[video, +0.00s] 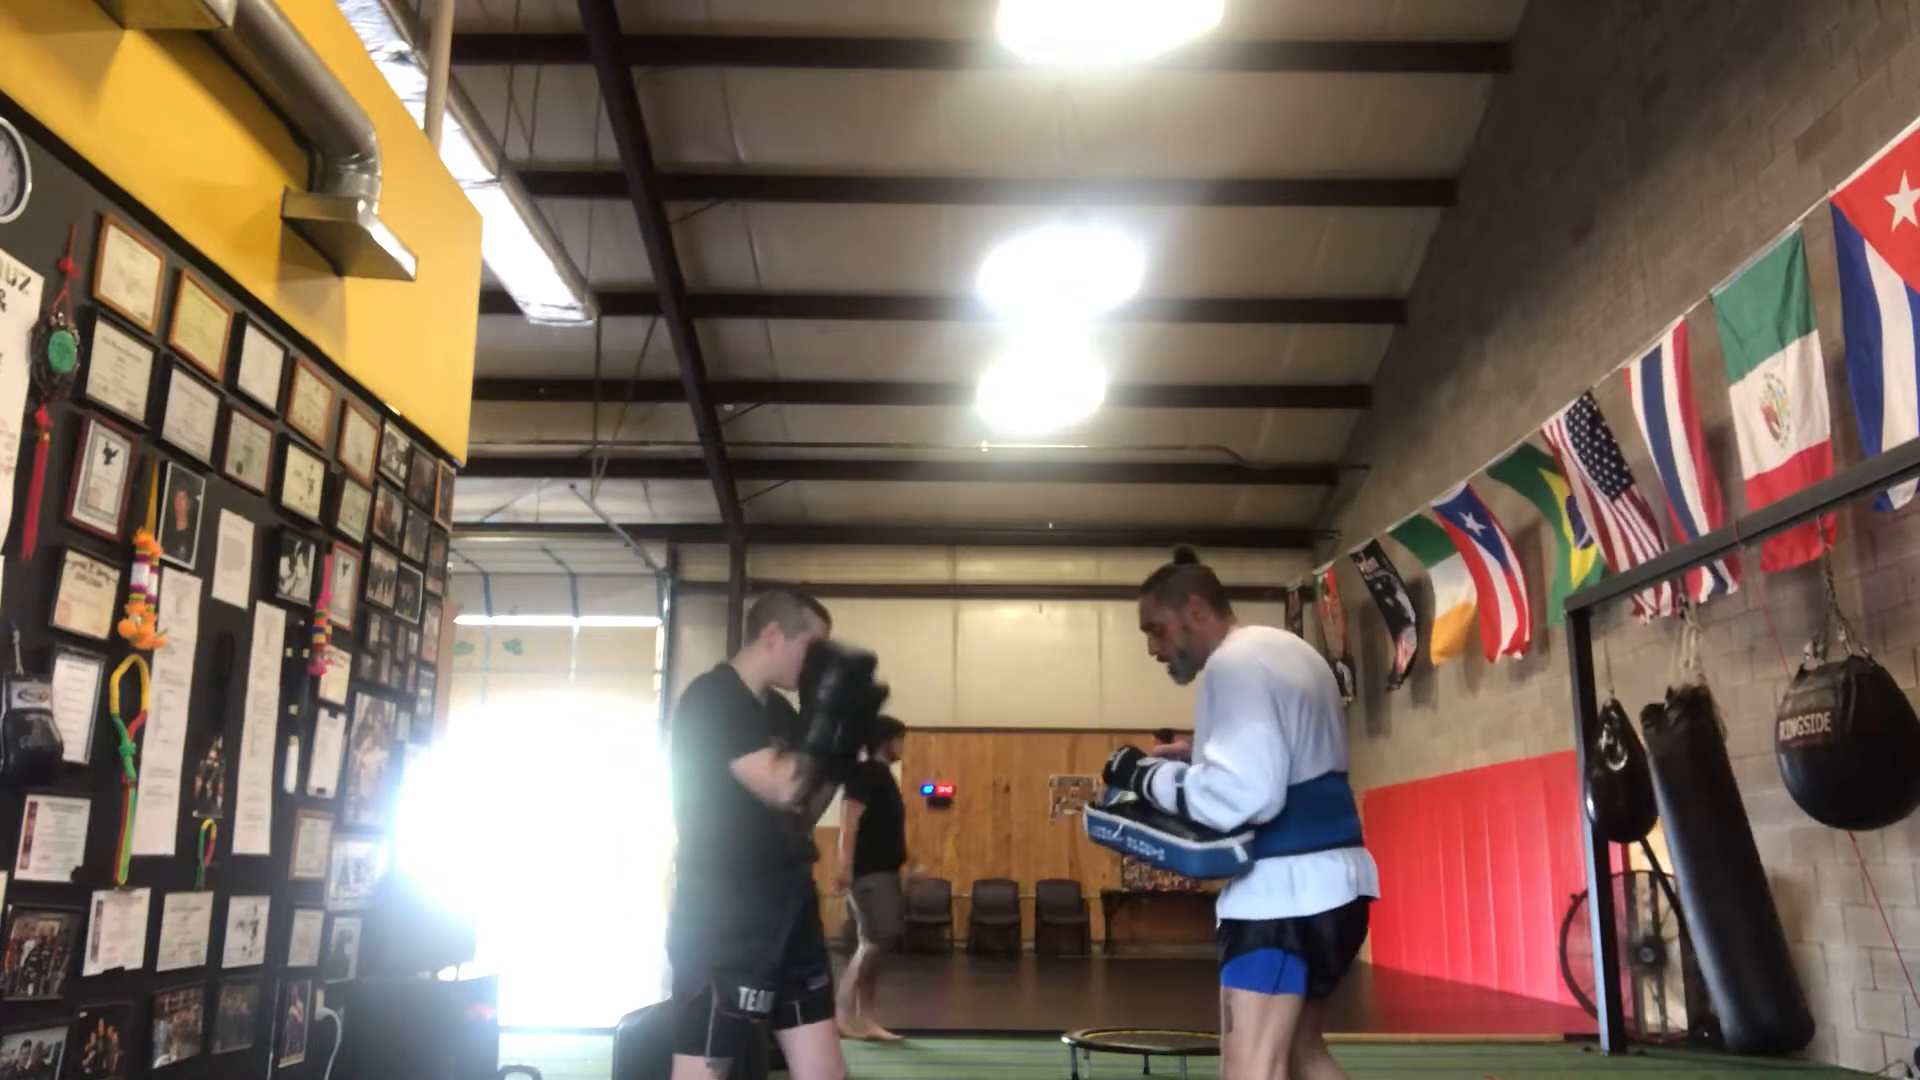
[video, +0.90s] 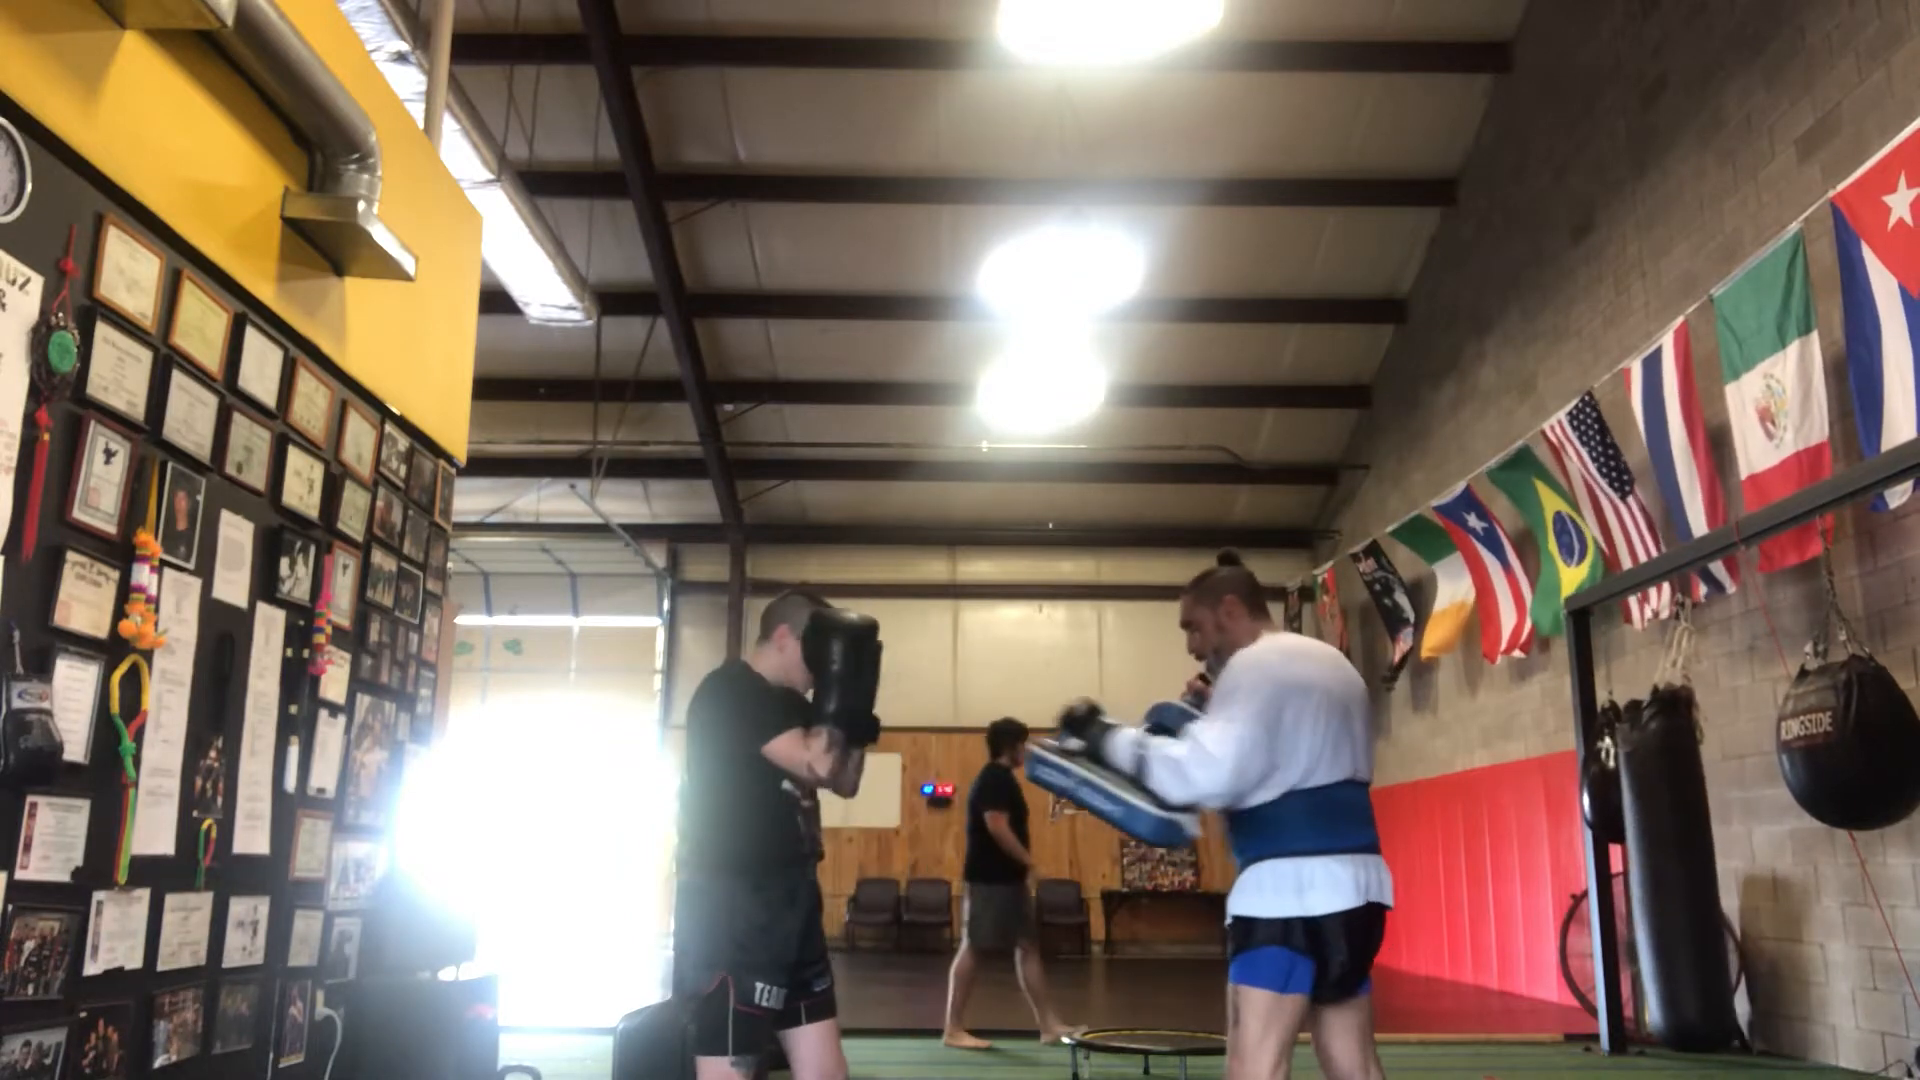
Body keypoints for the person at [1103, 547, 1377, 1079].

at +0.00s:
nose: (1152, 649)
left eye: (1155, 631)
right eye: (1148, 634)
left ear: (1196, 611)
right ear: (1201, 610)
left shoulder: (1236, 663)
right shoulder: (1288, 649)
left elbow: (1243, 793)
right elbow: (1294, 761)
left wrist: (1145, 775)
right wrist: (1201, 751)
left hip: (1280, 894)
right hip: (1330, 884)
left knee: (1250, 1067)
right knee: (1302, 1053)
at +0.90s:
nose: (1193, 645)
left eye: (1194, 629)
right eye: (1187, 632)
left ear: (1229, 611)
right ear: (1241, 609)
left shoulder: (1255, 668)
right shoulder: (1334, 663)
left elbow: (1208, 773)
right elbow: (1295, 758)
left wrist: (1105, 736)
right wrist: (1219, 712)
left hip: (1285, 895)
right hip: (1356, 889)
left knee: (1255, 1065)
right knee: (1352, 1062)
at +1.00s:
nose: (1182, 643)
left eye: (1184, 627)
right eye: (1178, 631)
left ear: (1219, 609)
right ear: (1229, 609)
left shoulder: (1238, 667)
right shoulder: (1325, 660)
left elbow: (1156, 755)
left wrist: (1053, 717)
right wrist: (1188, 712)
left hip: (1276, 895)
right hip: (1350, 890)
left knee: (1242, 1068)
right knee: (1347, 1064)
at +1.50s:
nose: (1170, 639)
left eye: (1173, 622)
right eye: (1166, 626)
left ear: (1210, 608)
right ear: (1216, 607)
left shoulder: (1242, 660)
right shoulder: (1315, 661)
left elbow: (1216, 768)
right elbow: (1290, 760)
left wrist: (1111, 736)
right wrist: (1205, 718)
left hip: (1269, 892)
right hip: (1336, 886)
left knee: (1246, 1065)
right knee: (1338, 1060)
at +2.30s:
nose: (1193, 648)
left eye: (1194, 632)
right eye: (1188, 635)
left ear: (1227, 614)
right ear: (1236, 614)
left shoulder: (1244, 669)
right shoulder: (1333, 659)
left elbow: (1149, 734)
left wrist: (1060, 688)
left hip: (1301, 891)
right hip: (1371, 884)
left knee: (1268, 1063)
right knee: (1358, 1060)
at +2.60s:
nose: (1200, 626)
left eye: (1206, 611)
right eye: (1198, 613)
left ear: (1248, 602)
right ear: (1259, 601)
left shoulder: (1251, 659)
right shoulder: (1343, 661)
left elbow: (1166, 717)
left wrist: (1068, 687)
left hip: (1292, 894)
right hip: (1365, 887)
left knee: (1260, 1064)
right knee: (1358, 1064)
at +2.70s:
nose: (1203, 623)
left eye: (1211, 604)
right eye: (1202, 608)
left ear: (1253, 598)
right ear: (1260, 602)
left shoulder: (1264, 659)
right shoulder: (1344, 663)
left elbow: (1228, 757)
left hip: (1286, 893)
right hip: (1358, 887)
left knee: (1251, 1066)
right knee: (1354, 1062)